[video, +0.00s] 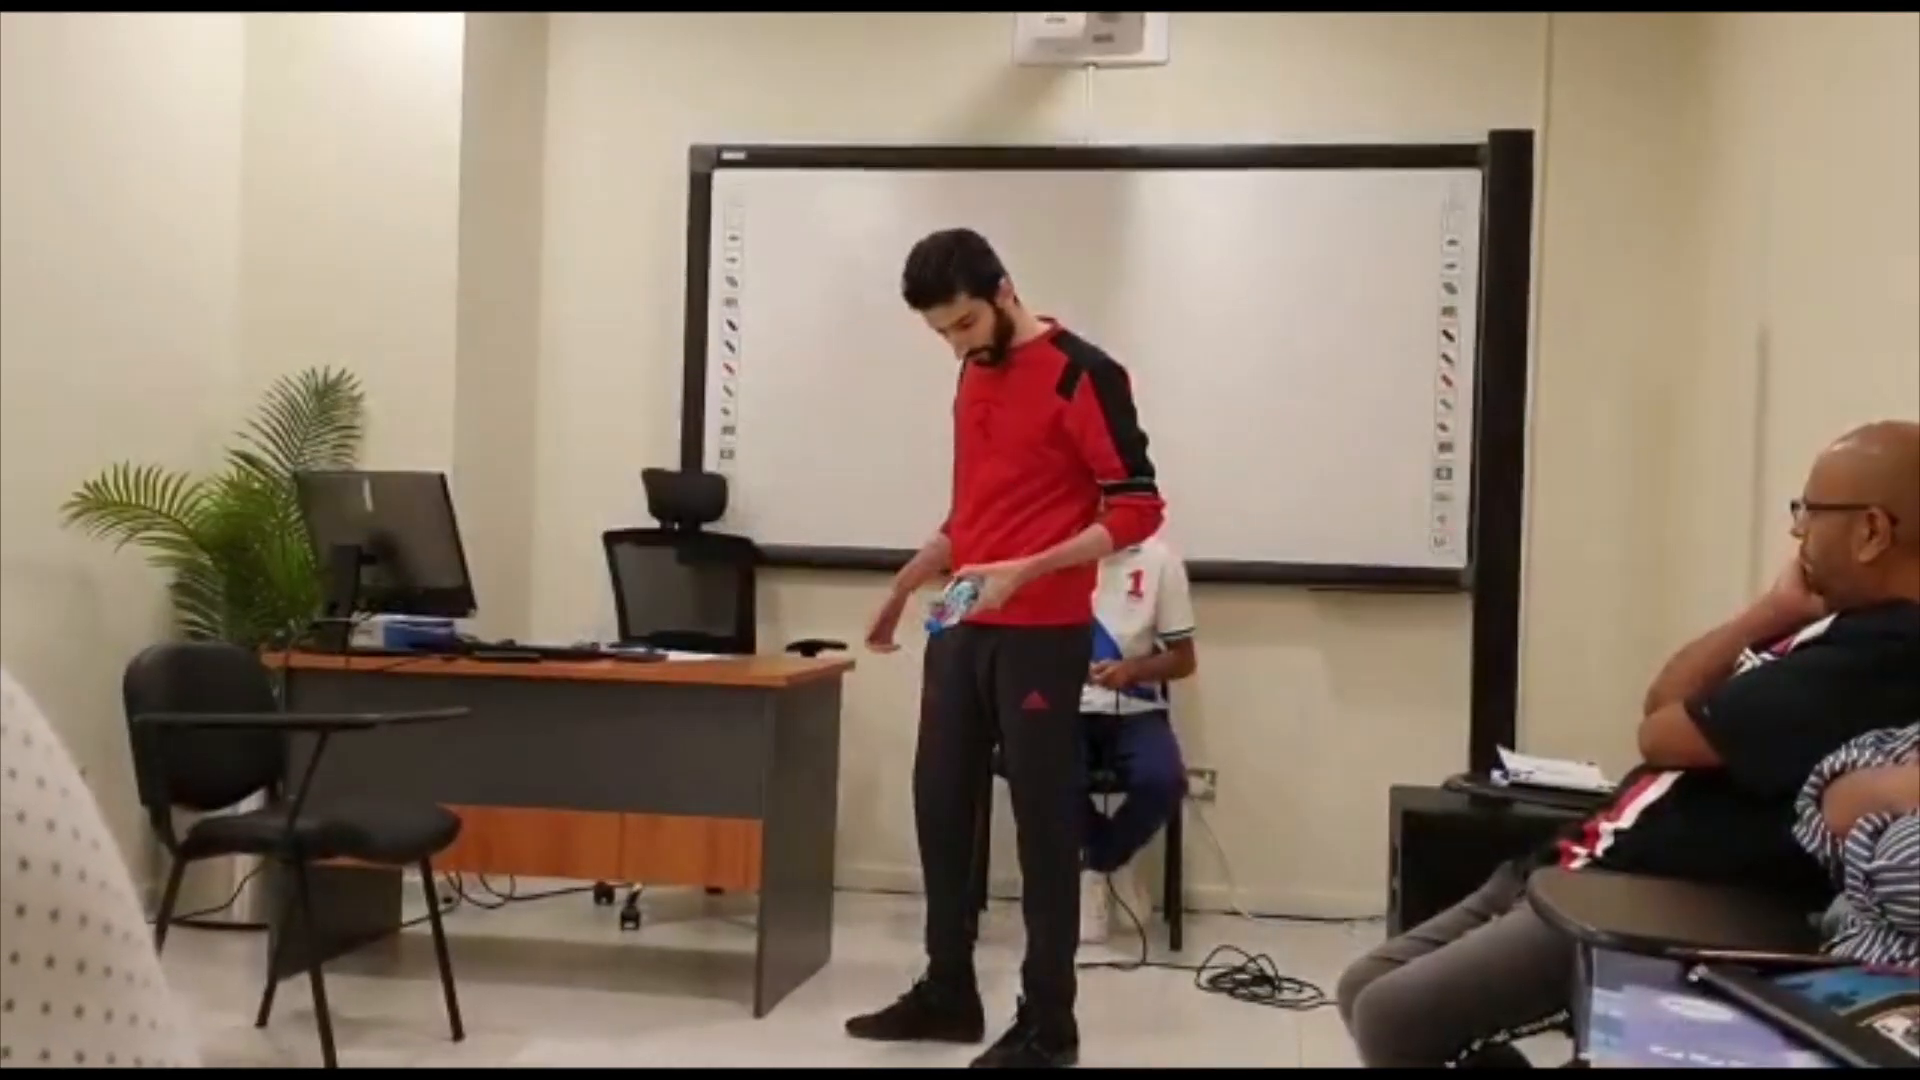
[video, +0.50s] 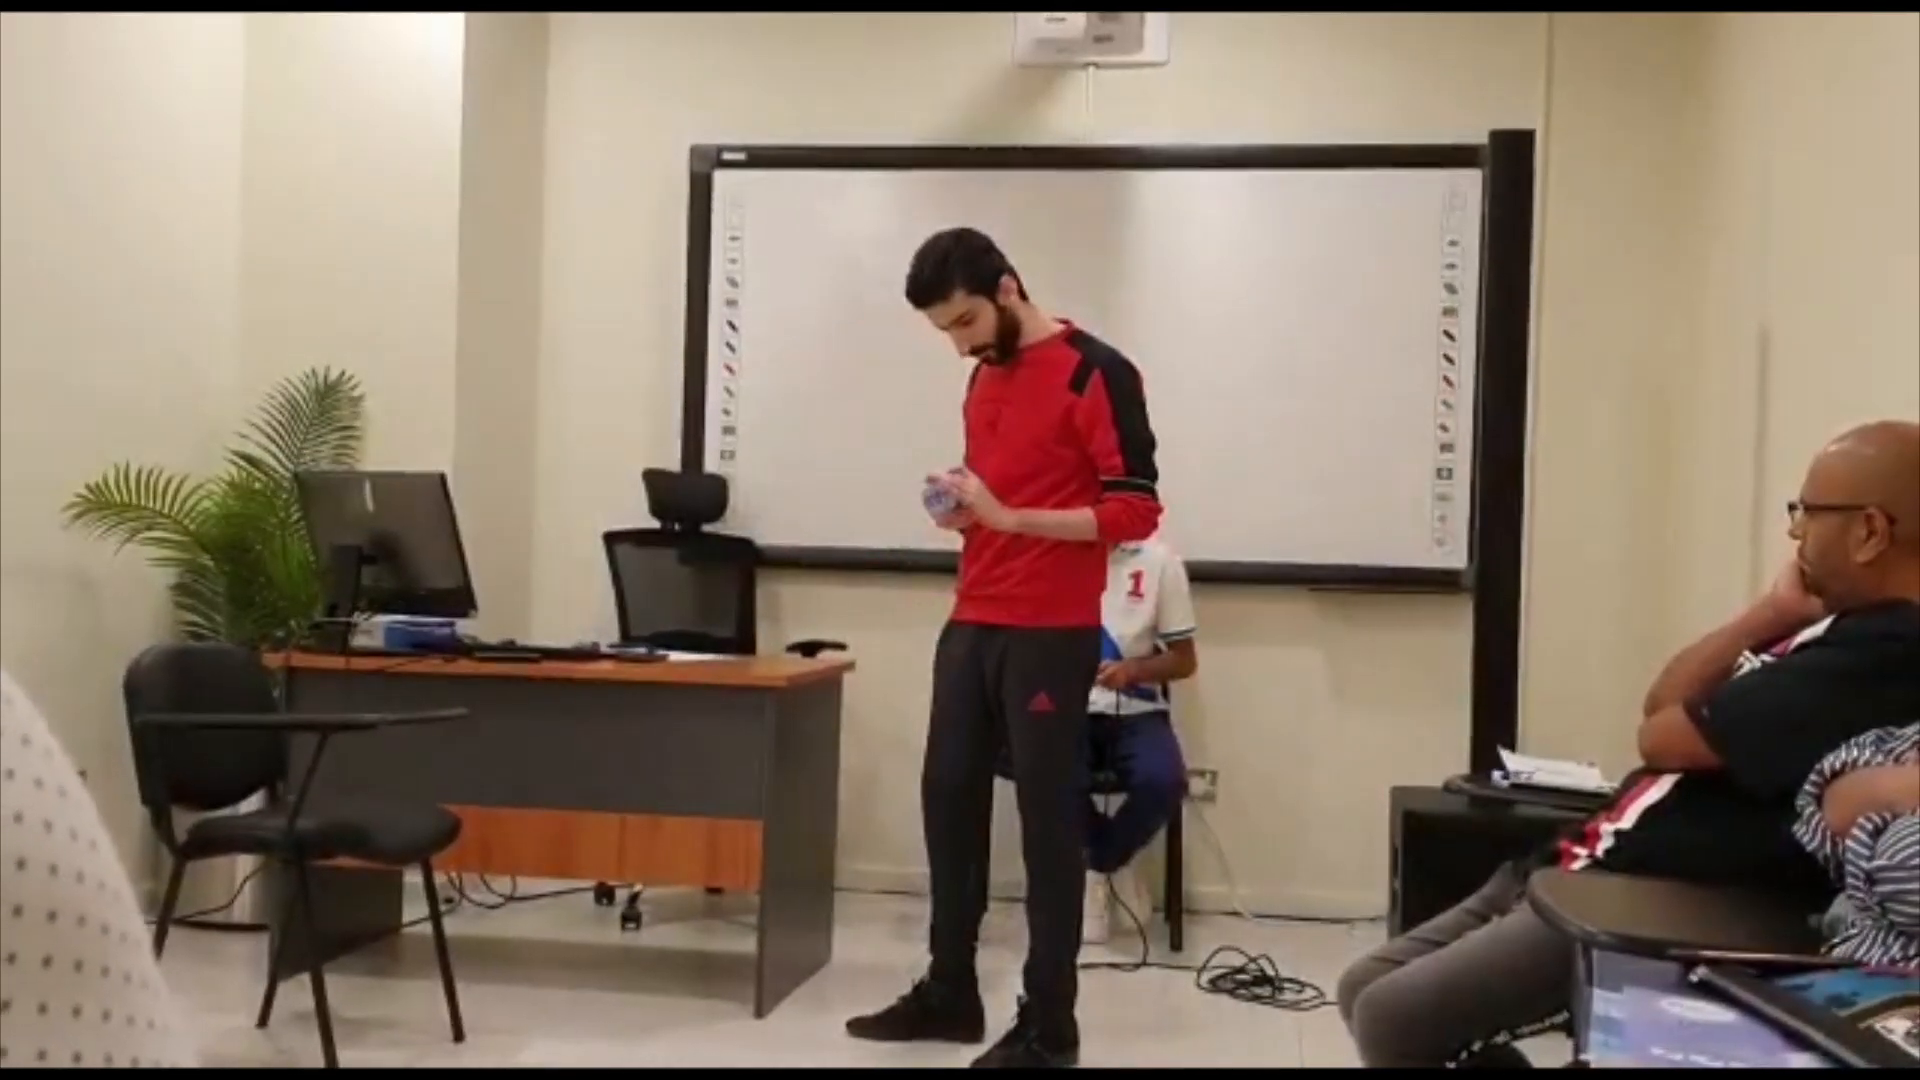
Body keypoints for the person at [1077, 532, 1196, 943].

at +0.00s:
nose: (1116, 512)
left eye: (1126, 496)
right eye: (1105, 497)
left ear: (1140, 502)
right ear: (1085, 501)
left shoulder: (1156, 560)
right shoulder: (1062, 560)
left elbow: (1183, 658)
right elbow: (1038, 635)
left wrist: (1131, 669)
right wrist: (1067, 667)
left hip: (1138, 712)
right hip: (1071, 711)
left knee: (1161, 782)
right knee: (1047, 780)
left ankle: (1095, 868)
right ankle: (1116, 861)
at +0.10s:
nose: (1120, 511)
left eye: (1129, 495)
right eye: (1109, 496)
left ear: (1142, 503)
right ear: (1087, 501)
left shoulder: (1156, 560)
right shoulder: (1063, 559)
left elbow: (1183, 658)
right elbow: (1038, 634)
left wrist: (1132, 669)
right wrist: (1066, 666)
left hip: (1138, 712)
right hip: (1072, 710)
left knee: (1161, 782)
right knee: (1048, 780)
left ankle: (1095, 868)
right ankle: (1116, 862)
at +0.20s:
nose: (1118, 513)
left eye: (1128, 497)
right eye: (1107, 499)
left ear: (1140, 503)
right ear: (1085, 502)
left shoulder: (1156, 561)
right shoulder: (1061, 560)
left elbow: (1183, 659)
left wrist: (1132, 670)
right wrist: (1065, 668)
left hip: (1138, 713)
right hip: (1071, 712)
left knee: (1161, 782)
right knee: (1047, 781)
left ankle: (1095, 869)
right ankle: (1117, 863)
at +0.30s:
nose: (1119, 510)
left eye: (1129, 495)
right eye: (1107, 498)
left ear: (1140, 502)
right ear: (1085, 501)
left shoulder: (1156, 561)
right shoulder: (1061, 559)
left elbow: (1183, 659)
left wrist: (1132, 670)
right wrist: (1064, 667)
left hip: (1138, 714)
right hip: (1072, 712)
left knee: (1161, 782)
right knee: (1049, 780)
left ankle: (1095, 868)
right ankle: (1116, 863)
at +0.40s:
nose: (1121, 511)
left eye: (1131, 496)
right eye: (1110, 499)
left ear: (1142, 503)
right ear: (1088, 502)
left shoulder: (1157, 562)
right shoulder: (1062, 559)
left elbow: (1183, 659)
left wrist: (1132, 670)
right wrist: (1066, 667)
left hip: (1138, 713)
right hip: (1073, 712)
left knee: (1161, 782)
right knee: (1050, 783)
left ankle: (1095, 868)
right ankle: (1117, 863)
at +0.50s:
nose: (1122, 510)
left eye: (1132, 495)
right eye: (1110, 497)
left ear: (1143, 501)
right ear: (1087, 500)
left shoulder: (1157, 561)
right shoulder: (1064, 558)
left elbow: (1184, 659)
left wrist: (1132, 670)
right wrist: (1067, 667)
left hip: (1139, 713)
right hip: (1073, 711)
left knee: (1162, 782)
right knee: (1050, 781)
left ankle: (1096, 869)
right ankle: (1116, 863)